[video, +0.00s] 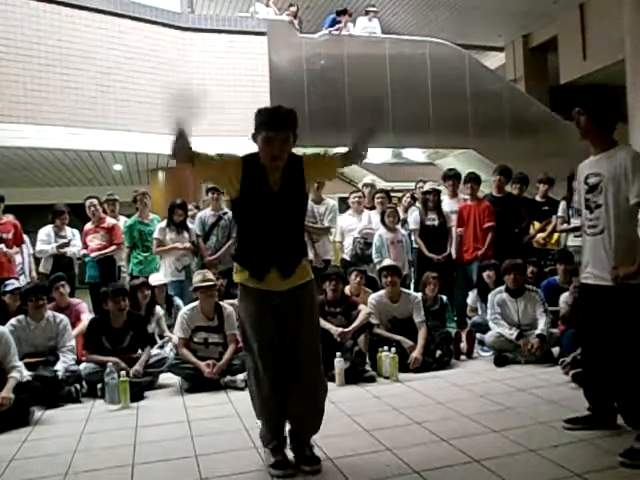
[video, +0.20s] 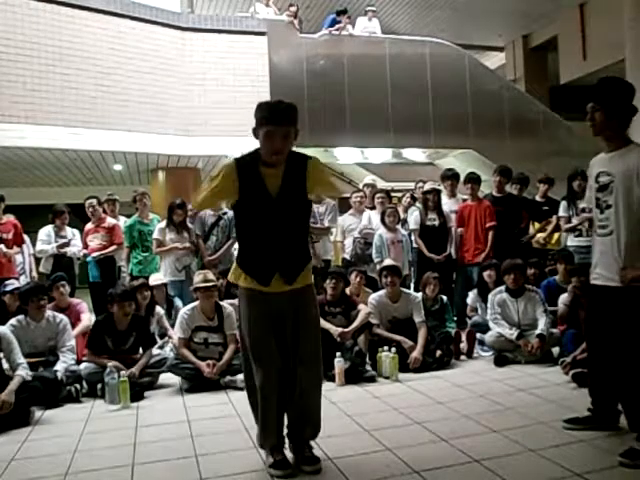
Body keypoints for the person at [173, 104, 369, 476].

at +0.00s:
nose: (275, 150)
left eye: (282, 142)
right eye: (268, 142)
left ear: (292, 141)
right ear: (256, 140)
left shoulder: (305, 166)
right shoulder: (237, 170)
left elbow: (348, 159)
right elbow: (191, 161)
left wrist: (359, 144)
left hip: (299, 281)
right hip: (255, 285)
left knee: (306, 363)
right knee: (265, 365)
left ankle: (303, 442)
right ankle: (274, 444)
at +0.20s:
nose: (277, 144)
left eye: (284, 136)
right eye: (269, 136)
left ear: (295, 135)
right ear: (256, 134)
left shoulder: (308, 167)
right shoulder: (235, 171)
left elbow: (343, 191)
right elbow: (198, 205)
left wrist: (354, 198)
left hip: (300, 283)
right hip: (256, 285)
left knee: (307, 363)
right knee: (265, 367)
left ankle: (302, 442)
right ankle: (273, 446)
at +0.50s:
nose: (279, 140)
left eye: (286, 134)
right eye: (272, 133)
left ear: (295, 137)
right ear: (257, 134)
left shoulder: (307, 175)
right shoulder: (238, 173)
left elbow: (318, 223)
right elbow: (208, 218)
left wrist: (335, 243)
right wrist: (197, 264)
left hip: (297, 275)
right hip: (256, 276)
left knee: (304, 357)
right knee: (267, 346)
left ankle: (282, 434)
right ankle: (267, 400)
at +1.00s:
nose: (267, 143)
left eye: (274, 136)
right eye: (260, 135)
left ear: (283, 141)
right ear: (246, 142)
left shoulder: (300, 184)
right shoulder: (228, 190)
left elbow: (331, 219)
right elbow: (211, 243)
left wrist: (325, 250)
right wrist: (234, 232)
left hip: (300, 300)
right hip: (253, 304)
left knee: (315, 385)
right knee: (263, 393)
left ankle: (294, 438)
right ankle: (273, 467)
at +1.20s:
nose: (266, 152)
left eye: (272, 145)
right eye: (258, 145)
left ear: (281, 148)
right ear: (242, 149)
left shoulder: (297, 190)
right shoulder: (226, 191)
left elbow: (330, 230)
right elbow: (219, 223)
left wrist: (326, 275)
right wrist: (242, 175)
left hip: (295, 298)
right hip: (248, 306)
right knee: (263, 396)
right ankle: (274, 467)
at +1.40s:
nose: (263, 148)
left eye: (267, 141)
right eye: (254, 142)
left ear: (275, 147)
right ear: (237, 149)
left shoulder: (295, 193)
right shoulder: (229, 197)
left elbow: (325, 235)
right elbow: (209, 218)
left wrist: (334, 273)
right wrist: (231, 177)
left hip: (305, 303)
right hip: (257, 309)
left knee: (321, 394)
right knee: (265, 395)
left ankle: (312, 470)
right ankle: (273, 465)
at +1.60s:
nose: (278, 136)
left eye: (285, 129)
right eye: (269, 129)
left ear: (294, 134)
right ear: (253, 134)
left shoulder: (308, 181)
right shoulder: (232, 185)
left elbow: (341, 218)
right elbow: (215, 244)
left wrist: (342, 189)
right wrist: (215, 295)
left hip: (300, 289)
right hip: (257, 288)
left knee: (311, 391)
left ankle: (303, 472)